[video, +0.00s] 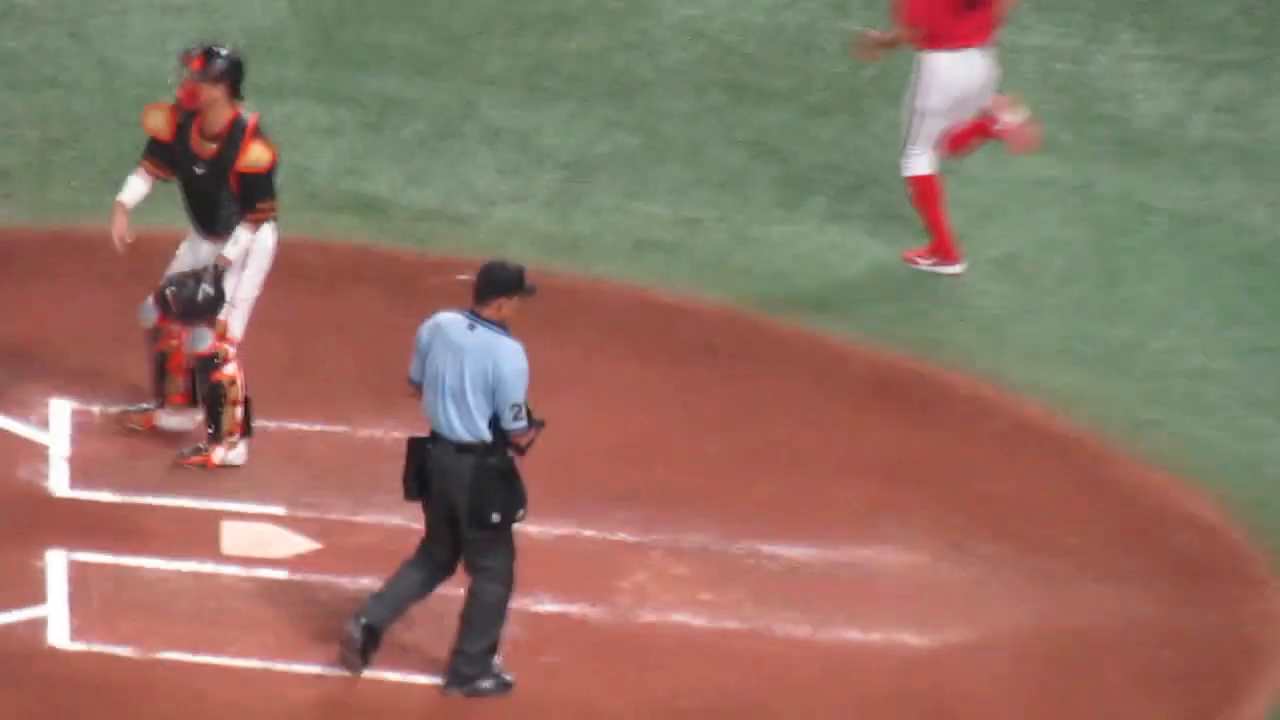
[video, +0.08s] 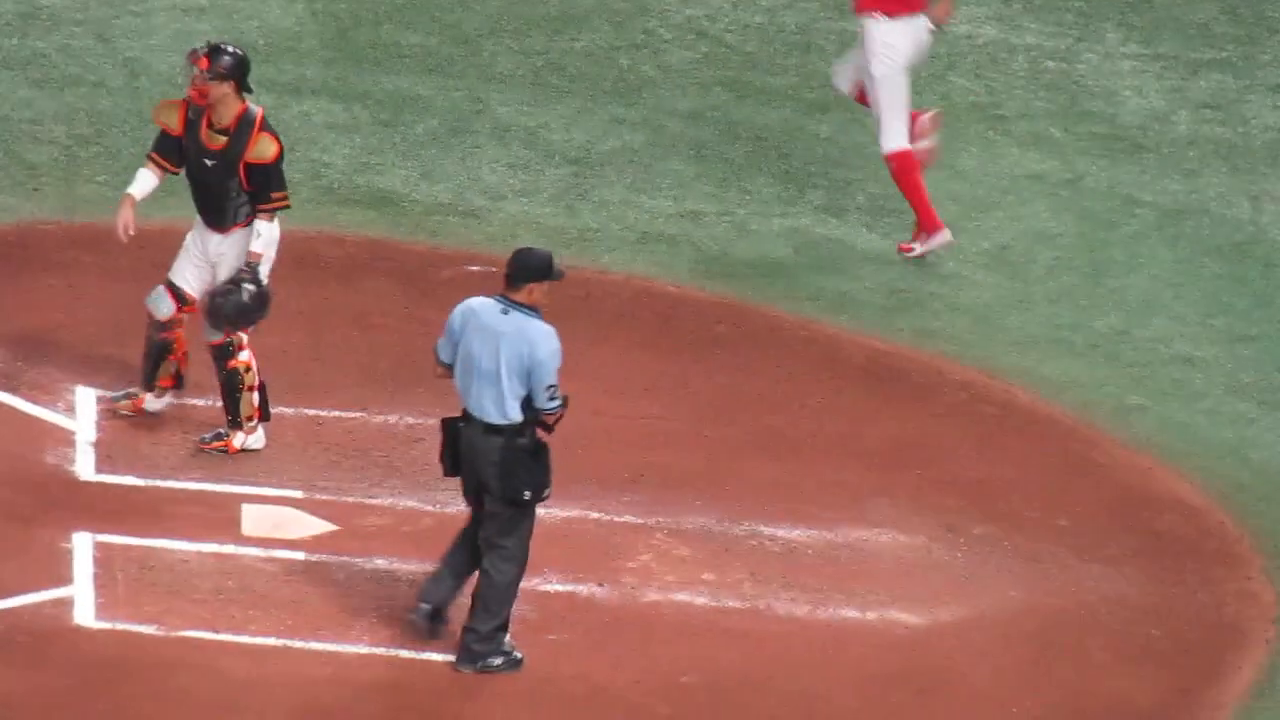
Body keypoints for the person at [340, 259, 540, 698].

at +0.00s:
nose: (519, 308)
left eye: (519, 300)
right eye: (517, 301)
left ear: (481, 297)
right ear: (502, 302)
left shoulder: (437, 325)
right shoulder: (507, 352)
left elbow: (417, 383)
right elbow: (515, 428)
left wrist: (459, 393)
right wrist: (530, 429)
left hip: (437, 460)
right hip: (480, 471)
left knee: (436, 555)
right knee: (493, 571)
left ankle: (370, 621)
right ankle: (471, 669)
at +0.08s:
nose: (548, 292)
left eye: (548, 285)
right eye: (546, 286)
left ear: (508, 281)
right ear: (533, 287)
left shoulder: (468, 310)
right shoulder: (541, 336)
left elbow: (443, 365)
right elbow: (547, 411)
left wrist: (490, 362)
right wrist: (557, 403)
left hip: (469, 439)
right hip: (508, 451)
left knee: (482, 523)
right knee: (506, 548)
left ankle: (433, 600)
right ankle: (481, 646)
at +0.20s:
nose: (581, 294)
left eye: (579, 287)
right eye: (577, 288)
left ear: (540, 286)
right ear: (561, 291)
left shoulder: (498, 315)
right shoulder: (574, 341)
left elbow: (465, 368)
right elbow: (579, 407)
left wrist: (512, 360)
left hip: (493, 443)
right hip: (532, 455)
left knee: (529, 526)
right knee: (514, 548)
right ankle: (479, 652)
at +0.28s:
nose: (595, 300)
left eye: (594, 293)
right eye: (592, 294)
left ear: (556, 294)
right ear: (577, 298)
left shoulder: (515, 322)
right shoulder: (591, 348)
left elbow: (481, 372)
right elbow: (596, 416)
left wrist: (526, 367)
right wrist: (562, 387)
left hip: (511, 449)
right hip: (549, 461)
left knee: (555, 532)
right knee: (522, 557)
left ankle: (568, 618)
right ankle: (477, 658)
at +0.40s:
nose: (620, 302)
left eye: (618, 295)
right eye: (614, 297)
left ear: (582, 301)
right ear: (594, 302)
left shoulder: (541, 329)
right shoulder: (613, 349)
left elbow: (504, 388)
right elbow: (622, 428)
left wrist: (546, 392)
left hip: (540, 456)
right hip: (580, 467)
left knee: (588, 543)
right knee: (551, 566)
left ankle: (594, 633)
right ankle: (485, 656)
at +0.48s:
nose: (637, 296)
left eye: (635, 288)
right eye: (630, 290)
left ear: (597, 295)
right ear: (609, 296)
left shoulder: (560, 326)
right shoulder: (629, 343)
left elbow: (529, 388)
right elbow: (636, 419)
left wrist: (572, 388)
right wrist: (654, 455)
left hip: (561, 453)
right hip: (598, 465)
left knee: (607, 545)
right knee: (595, 571)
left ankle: (598, 635)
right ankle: (511, 642)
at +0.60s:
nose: (669, 287)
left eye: (668, 280)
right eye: (662, 281)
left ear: (631, 286)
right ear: (640, 285)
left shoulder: (595, 316)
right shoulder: (655, 331)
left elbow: (570, 380)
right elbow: (650, 403)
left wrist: (614, 391)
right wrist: (669, 453)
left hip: (591, 444)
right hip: (627, 453)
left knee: (609, 543)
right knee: (652, 560)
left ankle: (602, 629)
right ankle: (575, 628)